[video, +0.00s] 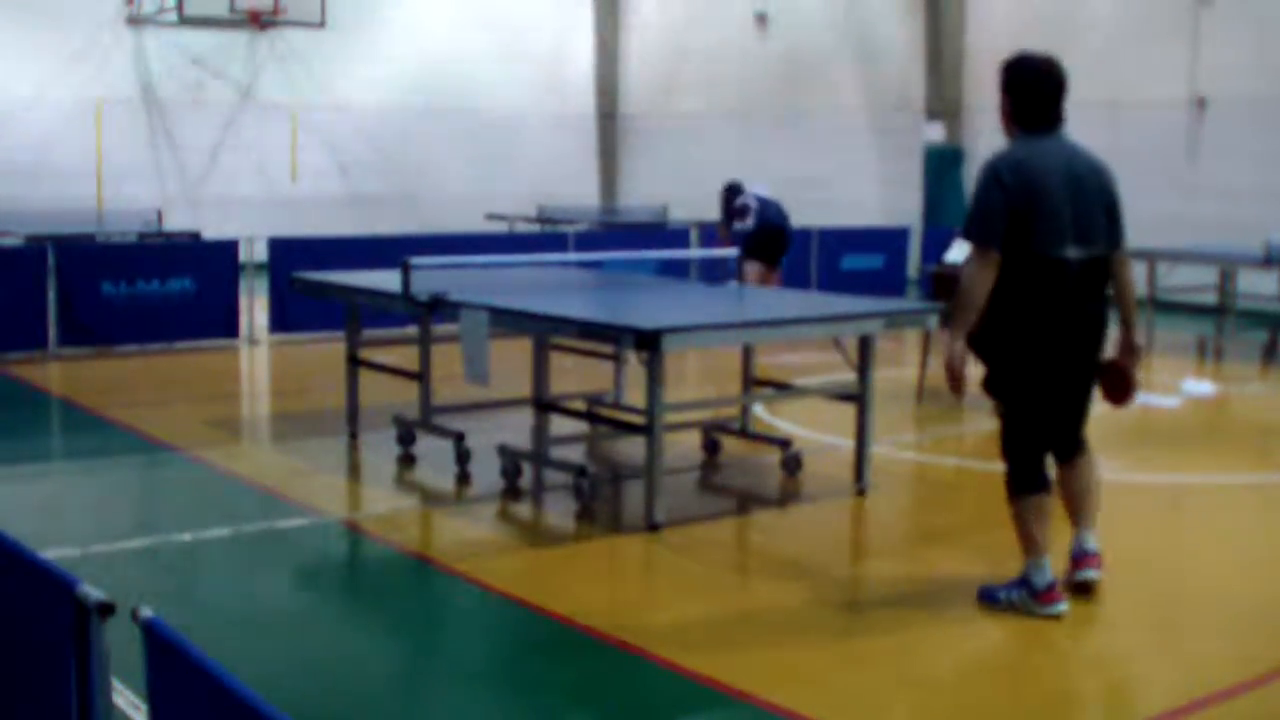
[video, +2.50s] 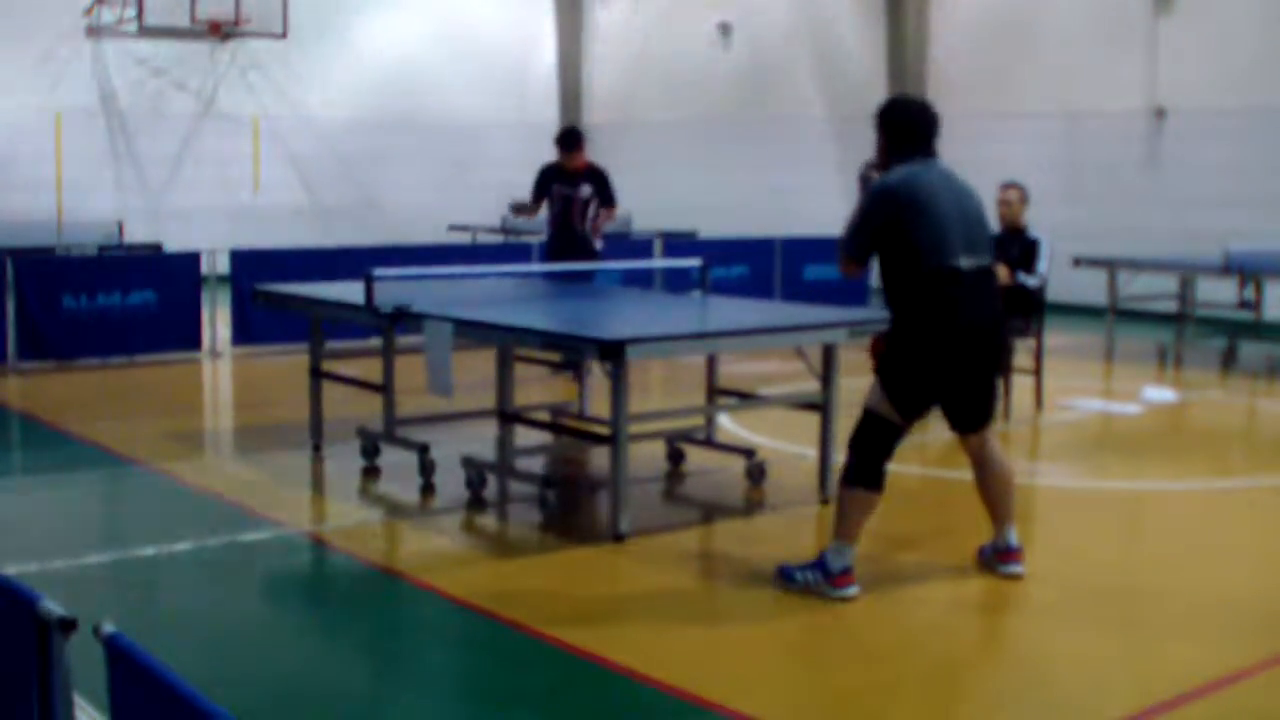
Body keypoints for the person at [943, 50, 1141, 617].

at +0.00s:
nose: (1000, 107)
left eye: (1003, 99)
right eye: (1004, 97)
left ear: (1009, 106)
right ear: (1061, 104)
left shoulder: (1004, 172)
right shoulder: (1092, 171)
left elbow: (983, 263)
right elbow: (1118, 264)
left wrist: (957, 336)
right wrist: (1130, 336)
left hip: (1017, 342)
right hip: (1078, 340)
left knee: (1023, 453)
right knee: (1070, 440)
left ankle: (1039, 577)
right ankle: (1086, 549)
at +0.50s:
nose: (1035, 113)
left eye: (1038, 103)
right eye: (1037, 102)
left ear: (1051, 107)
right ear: (1094, 106)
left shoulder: (1049, 166)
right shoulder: (1126, 171)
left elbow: (1033, 260)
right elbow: (1144, 273)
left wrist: (1001, 327)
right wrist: (1115, 319)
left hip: (1046, 336)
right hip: (1107, 338)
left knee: (995, 430)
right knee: (1106, 448)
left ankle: (1001, 560)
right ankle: (1107, 569)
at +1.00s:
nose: (975, 151)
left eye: (977, 142)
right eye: (977, 141)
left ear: (985, 146)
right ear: (1033, 140)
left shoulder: (975, 204)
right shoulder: (1071, 199)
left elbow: (955, 292)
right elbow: (1126, 277)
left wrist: (950, 352)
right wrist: (1093, 327)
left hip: (993, 359)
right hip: (1058, 358)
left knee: (987, 475)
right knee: (1058, 458)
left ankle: (986, 600)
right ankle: (1069, 569)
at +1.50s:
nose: (961, 169)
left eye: (963, 160)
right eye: (963, 160)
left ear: (974, 163)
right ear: (1016, 161)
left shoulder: (976, 208)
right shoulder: (1046, 216)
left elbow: (968, 278)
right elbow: (1076, 299)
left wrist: (942, 321)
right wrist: (1034, 327)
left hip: (983, 351)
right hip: (1040, 356)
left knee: (924, 452)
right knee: (1023, 457)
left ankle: (929, 576)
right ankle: (1038, 568)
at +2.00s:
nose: (841, 174)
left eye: (842, 165)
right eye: (842, 165)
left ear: (850, 166)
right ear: (894, 159)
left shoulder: (857, 206)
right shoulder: (933, 204)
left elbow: (830, 288)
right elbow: (974, 281)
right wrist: (995, 346)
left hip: (900, 348)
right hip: (964, 345)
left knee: (842, 438)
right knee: (977, 447)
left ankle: (833, 566)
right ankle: (1009, 546)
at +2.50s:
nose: (876, 145)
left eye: (879, 137)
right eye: (881, 136)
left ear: (885, 142)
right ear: (931, 138)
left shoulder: (888, 192)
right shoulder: (959, 188)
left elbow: (851, 264)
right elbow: (982, 267)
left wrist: (869, 197)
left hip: (921, 339)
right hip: (979, 338)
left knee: (869, 444)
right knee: (979, 438)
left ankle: (837, 562)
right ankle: (1007, 544)